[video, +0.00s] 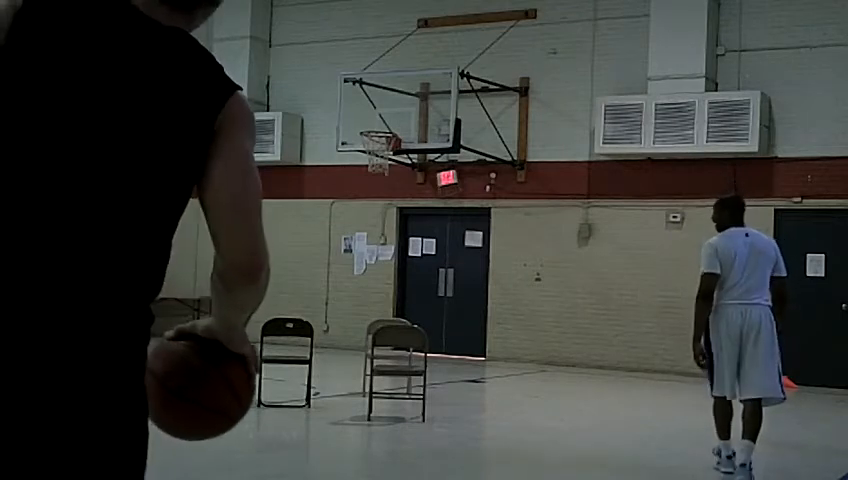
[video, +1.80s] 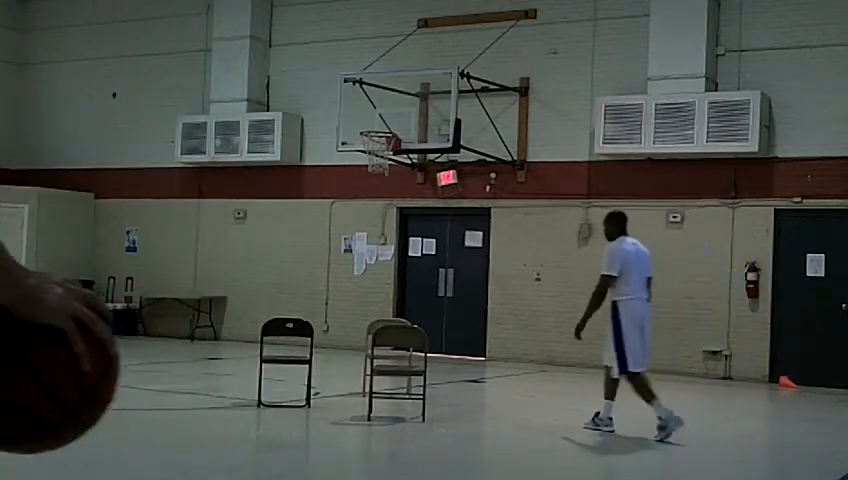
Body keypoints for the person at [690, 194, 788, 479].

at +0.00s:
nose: (712, 217)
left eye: (715, 212)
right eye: (713, 211)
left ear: (724, 214)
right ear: (741, 213)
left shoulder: (715, 245)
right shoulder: (769, 243)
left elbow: (706, 293)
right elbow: (779, 291)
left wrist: (697, 339)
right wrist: (774, 324)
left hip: (725, 317)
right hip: (760, 317)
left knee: (721, 390)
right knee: (754, 393)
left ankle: (726, 455)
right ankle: (744, 462)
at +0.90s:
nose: (706, 222)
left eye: (707, 218)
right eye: (707, 218)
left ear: (713, 219)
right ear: (730, 219)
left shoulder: (709, 242)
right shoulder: (752, 246)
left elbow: (701, 286)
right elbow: (758, 290)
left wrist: (693, 329)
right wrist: (755, 322)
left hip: (717, 309)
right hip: (747, 311)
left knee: (693, 370)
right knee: (748, 377)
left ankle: (702, 430)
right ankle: (754, 441)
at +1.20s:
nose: (668, 230)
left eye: (670, 225)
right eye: (668, 225)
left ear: (678, 225)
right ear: (691, 224)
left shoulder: (680, 249)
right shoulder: (715, 248)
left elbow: (678, 292)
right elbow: (720, 289)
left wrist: (675, 333)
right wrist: (716, 318)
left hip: (693, 313)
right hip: (719, 312)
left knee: (680, 370)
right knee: (723, 371)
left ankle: (679, 427)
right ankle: (746, 422)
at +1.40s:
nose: (649, 225)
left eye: (651, 221)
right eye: (649, 221)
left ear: (660, 221)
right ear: (671, 220)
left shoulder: (662, 245)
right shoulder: (692, 244)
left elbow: (654, 288)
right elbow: (698, 282)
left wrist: (635, 326)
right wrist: (693, 308)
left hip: (671, 307)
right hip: (693, 305)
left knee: (670, 369)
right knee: (682, 367)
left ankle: (678, 429)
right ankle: (704, 411)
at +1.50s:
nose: (639, 226)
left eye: (641, 221)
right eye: (639, 221)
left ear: (649, 222)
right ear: (661, 220)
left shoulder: (653, 245)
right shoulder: (680, 244)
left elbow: (641, 286)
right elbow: (687, 278)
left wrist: (618, 318)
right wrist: (683, 304)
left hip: (661, 305)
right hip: (681, 304)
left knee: (662, 368)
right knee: (665, 366)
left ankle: (677, 428)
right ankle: (670, 419)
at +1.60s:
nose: (628, 228)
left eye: (630, 223)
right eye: (628, 223)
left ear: (638, 224)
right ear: (648, 223)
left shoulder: (641, 248)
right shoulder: (668, 246)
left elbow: (626, 288)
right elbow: (675, 281)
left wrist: (603, 314)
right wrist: (671, 305)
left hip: (650, 305)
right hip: (669, 304)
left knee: (658, 367)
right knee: (646, 364)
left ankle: (677, 427)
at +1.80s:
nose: (604, 231)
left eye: (606, 226)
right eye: (604, 226)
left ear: (614, 227)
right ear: (624, 226)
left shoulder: (616, 248)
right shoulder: (642, 249)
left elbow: (603, 287)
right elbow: (647, 288)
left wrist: (583, 321)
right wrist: (643, 312)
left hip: (624, 307)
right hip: (640, 306)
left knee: (629, 368)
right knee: (612, 364)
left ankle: (665, 415)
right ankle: (605, 417)